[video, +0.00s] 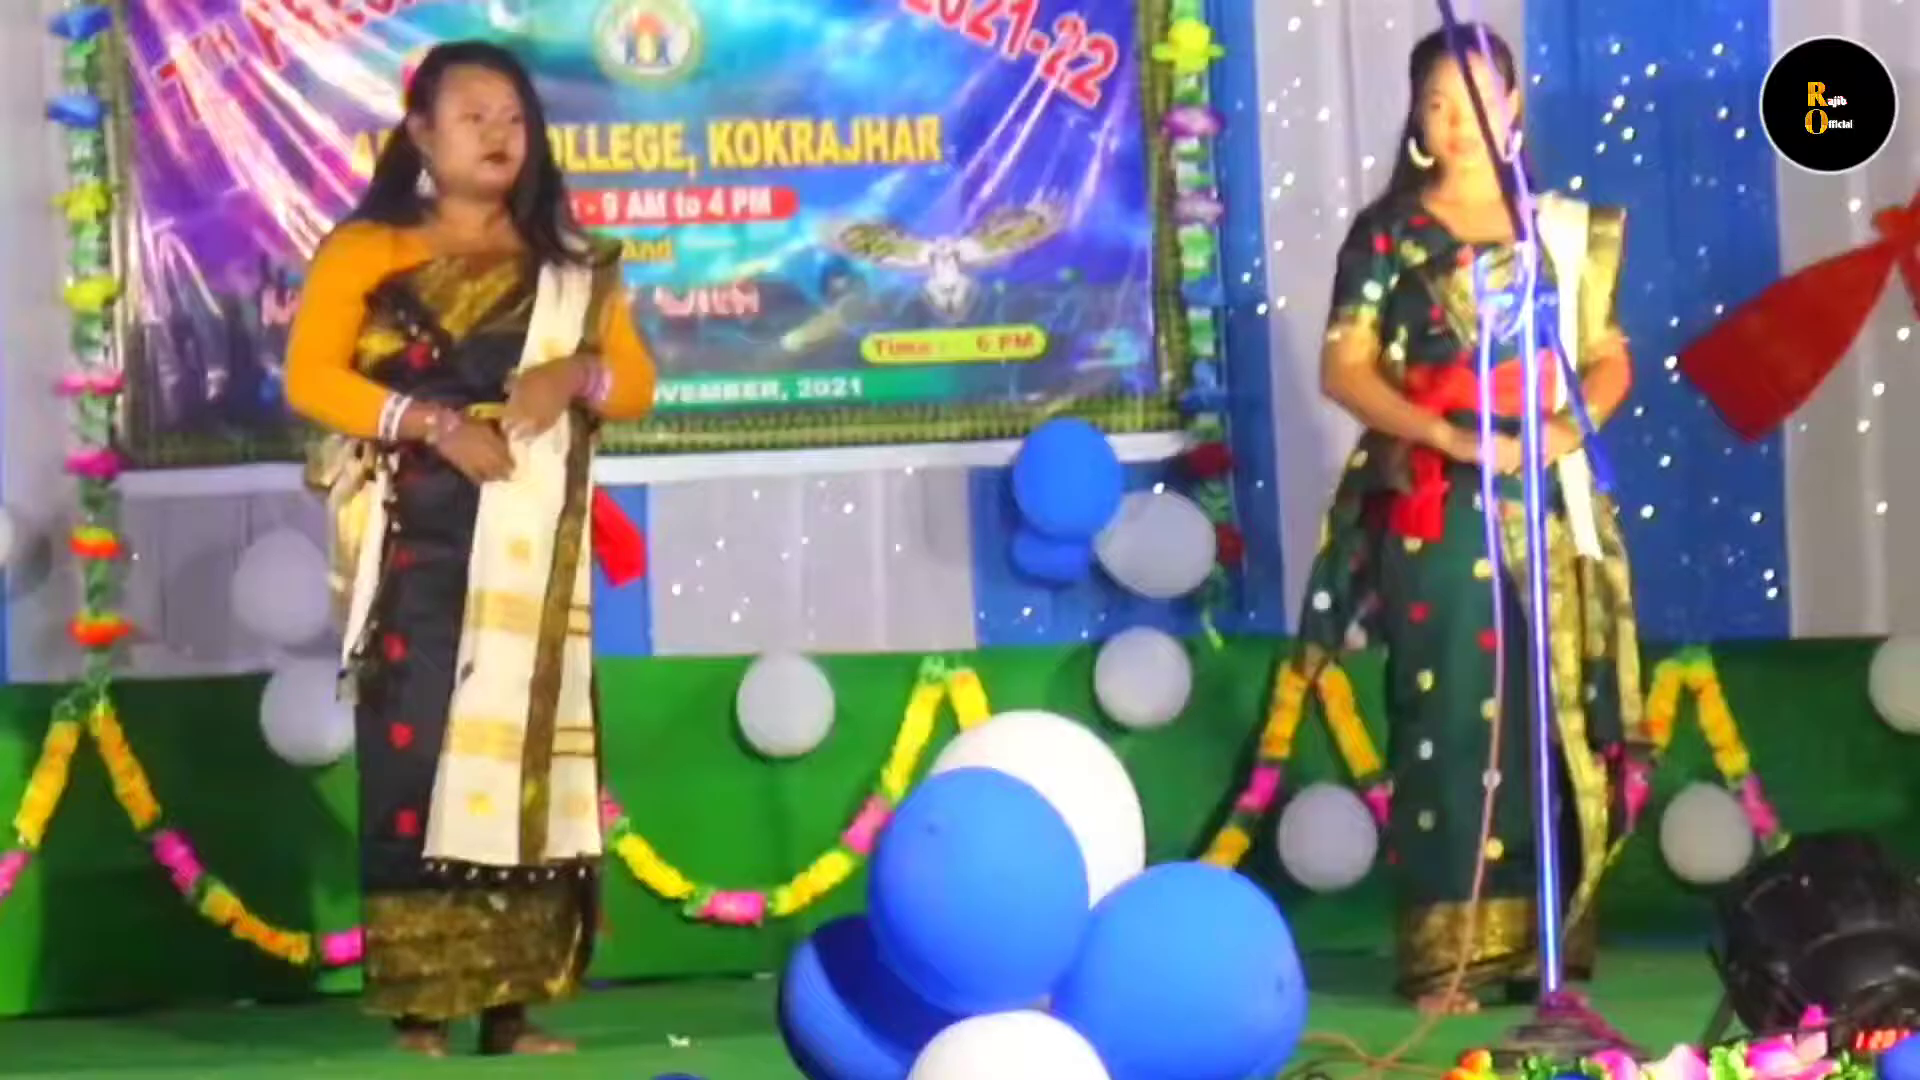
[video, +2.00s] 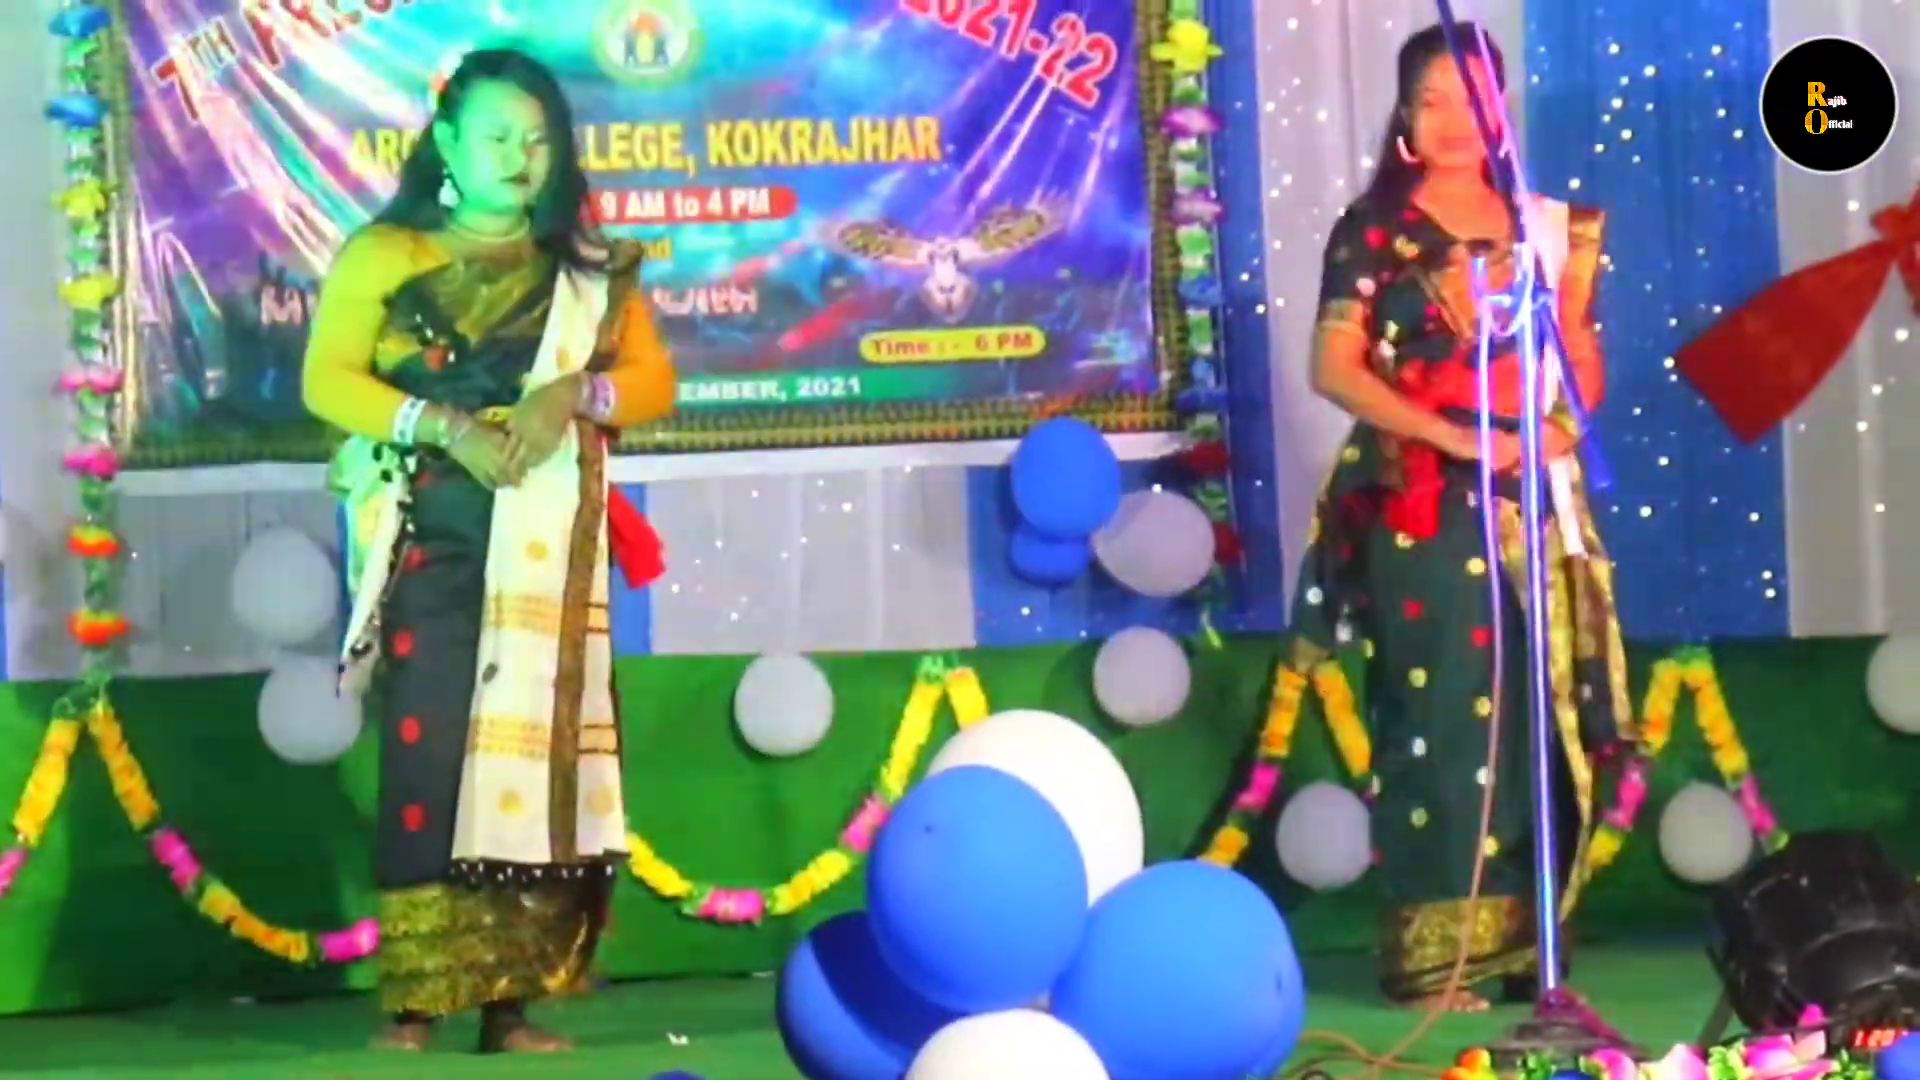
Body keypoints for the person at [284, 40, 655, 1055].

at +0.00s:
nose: (499, 134)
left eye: (514, 117)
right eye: (474, 117)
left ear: (532, 135)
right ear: (422, 135)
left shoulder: (570, 261)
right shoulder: (363, 251)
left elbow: (637, 387)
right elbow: (309, 377)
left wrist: (579, 376)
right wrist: (429, 419)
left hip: (532, 553)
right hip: (415, 549)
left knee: (529, 754)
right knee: (417, 758)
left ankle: (511, 1009)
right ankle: (422, 1011)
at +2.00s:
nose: (518, 156)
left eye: (536, 137)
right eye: (495, 136)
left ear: (559, 149)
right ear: (448, 143)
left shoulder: (594, 268)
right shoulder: (382, 257)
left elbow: (655, 387)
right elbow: (326, 380)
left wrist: (576, 394)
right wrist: (444, 424)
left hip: (549, 556)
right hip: (433, 550)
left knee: (538, 752)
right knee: (428, 756)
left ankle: (507, 1004)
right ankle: (415, 999)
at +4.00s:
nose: (483, 142)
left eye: (498, 129)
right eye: (458, 125)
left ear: (515, 150)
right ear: (404, 142)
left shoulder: (545, 273)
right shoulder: (343, 266)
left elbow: (620, 390)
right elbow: (289, 394)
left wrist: (535, 403)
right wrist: (406, 434)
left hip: (517, 562)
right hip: (398, 559)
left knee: (518, 765)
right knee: (395, 771)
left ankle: (509, 1017)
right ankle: (389, 1017)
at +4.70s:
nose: (513, 141)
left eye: (519, 125)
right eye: (488, 126)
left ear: (529, 137)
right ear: (428, 141)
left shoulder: (556, 260)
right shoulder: (374, 251)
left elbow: (631, 380)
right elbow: (327, 374)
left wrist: (574, 406)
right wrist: (448, 397)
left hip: (536, 547)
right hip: (422, 544)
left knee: (530, 752)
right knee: (408, 760)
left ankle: (513, 1010)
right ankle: (390, 1012)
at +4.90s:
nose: (533, 146)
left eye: (534, 127)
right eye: (505, 134)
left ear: (546, 149)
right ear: (451, 166)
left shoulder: (549, 271)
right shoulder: (453, 266)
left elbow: (664, 360)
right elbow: (548, 340)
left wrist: (673, 275)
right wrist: (626, 276)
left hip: (577, 556)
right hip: (501, 558)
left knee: (579, 776)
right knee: (520, 773)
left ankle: (510, 1010)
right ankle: (421, 979)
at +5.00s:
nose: (550, 125)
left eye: (547, 108)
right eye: (523, 115)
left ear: (547, 132)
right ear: (469, 148)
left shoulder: (528, 237)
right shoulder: (493, 236)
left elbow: (678, 318)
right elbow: (632, 280)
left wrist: (639, 213)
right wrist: (637, 202)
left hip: (550, 546)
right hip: (529, 549)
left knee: (563, 765)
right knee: (566, 766)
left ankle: (511, 1007)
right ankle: (497, 1013)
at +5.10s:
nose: (580, 114)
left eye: (570, 98)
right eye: (555, 102)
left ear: (489, 138)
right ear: (498, 131)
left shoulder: (460, 245)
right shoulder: (561, 230)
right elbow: (677, 326)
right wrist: (714, 280)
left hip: (502, 560)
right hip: (595, 549)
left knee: (543, 764)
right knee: (690, 708)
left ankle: (511, 1003)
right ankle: (635, 953)